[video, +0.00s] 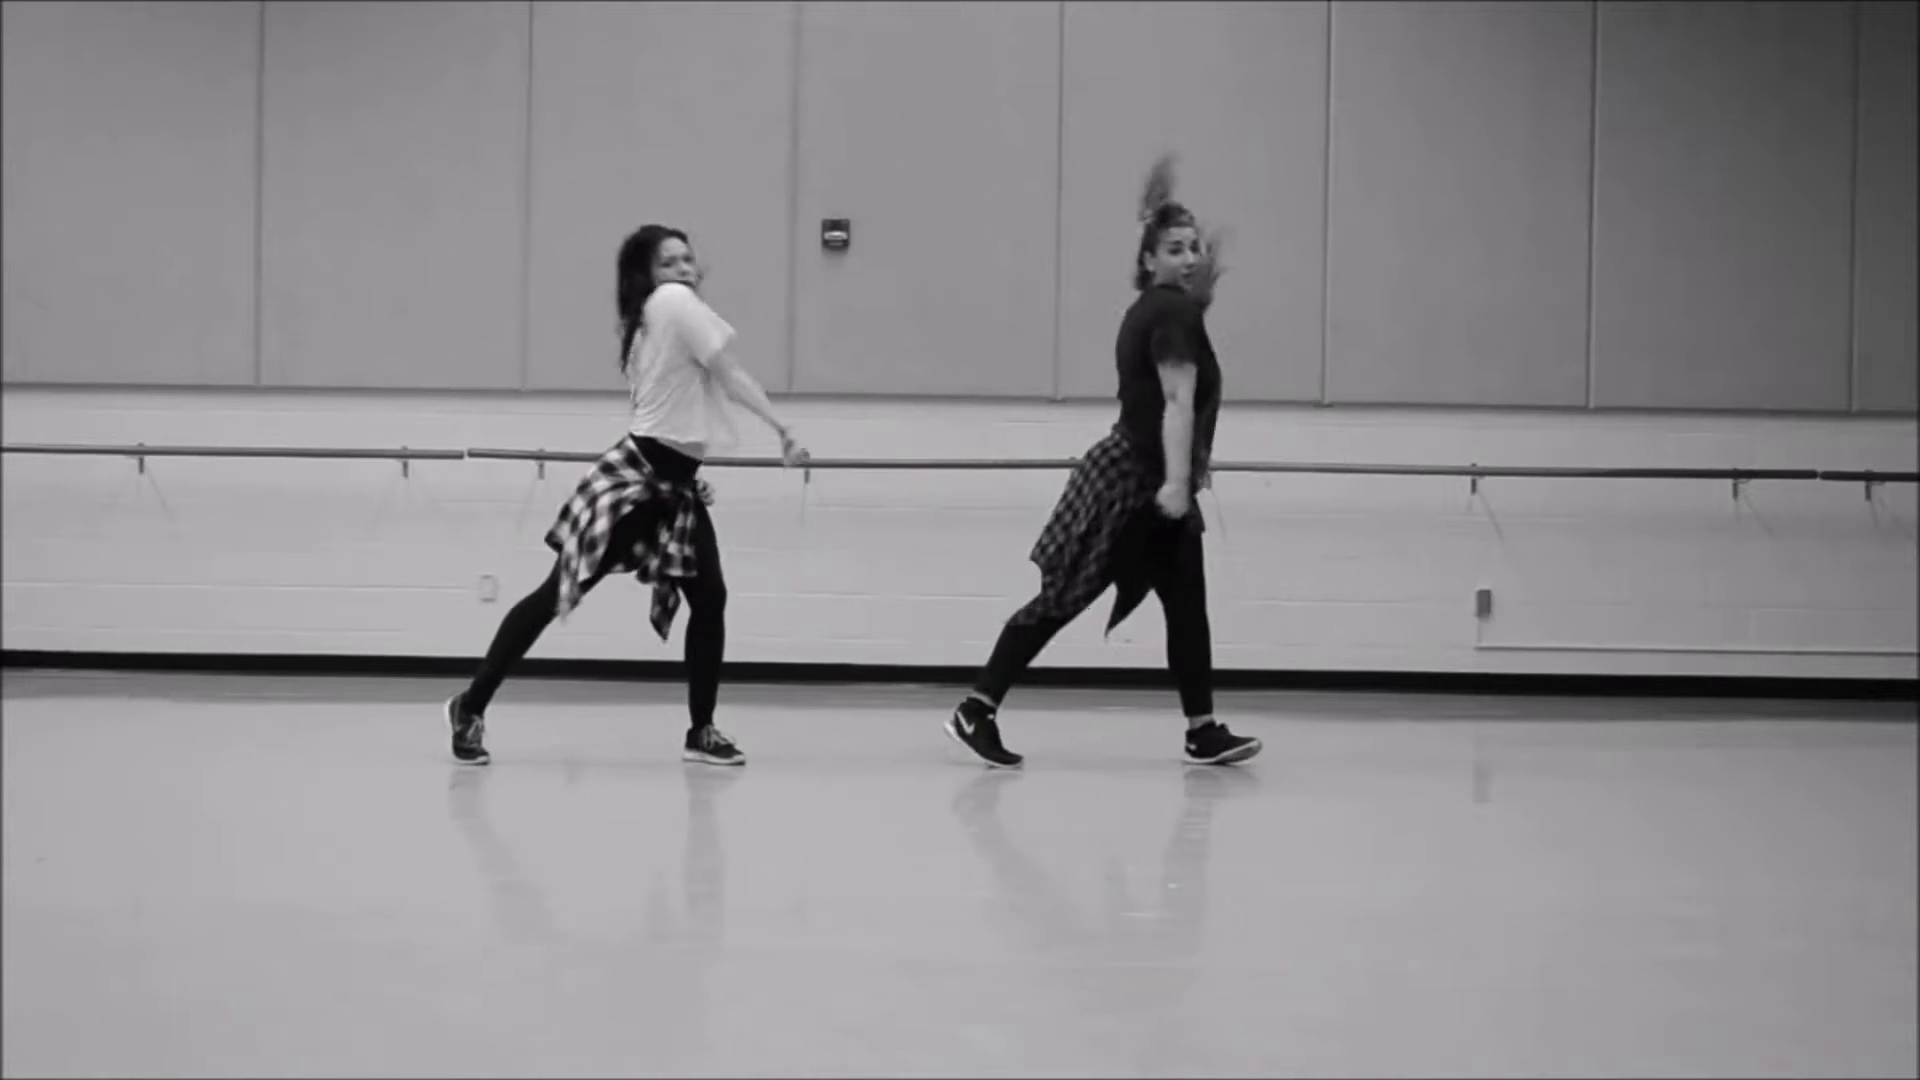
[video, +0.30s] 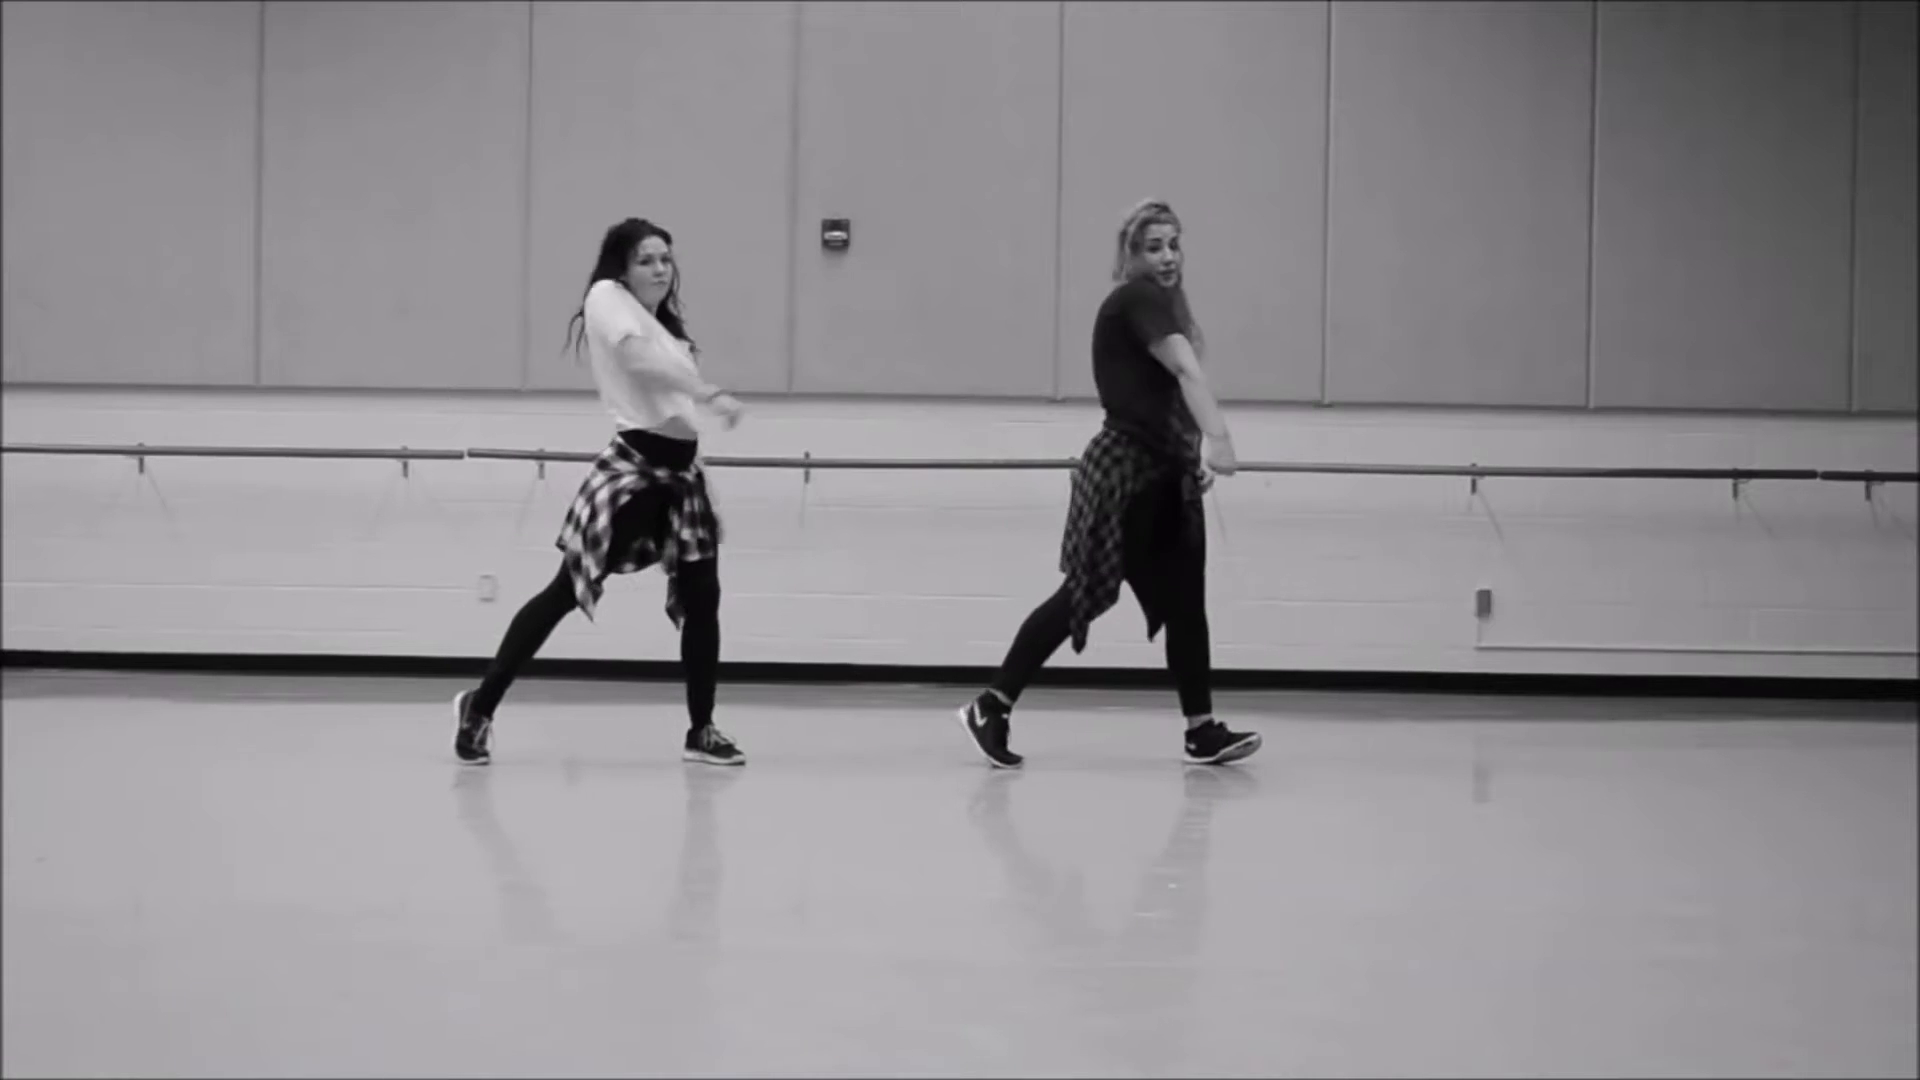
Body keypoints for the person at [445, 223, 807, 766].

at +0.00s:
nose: (686, 267)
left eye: (689, 259)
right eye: (673, 262)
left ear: (693, 264)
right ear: (648, 272)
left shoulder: (663, 310)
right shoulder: (674, 300)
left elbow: (658, 399)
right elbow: (727, 373)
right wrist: (783, 430)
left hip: (677, 485)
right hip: (643, 477)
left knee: (709, 599)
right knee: (559, 592)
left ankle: (702, 729)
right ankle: (470, 705)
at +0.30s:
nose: (661, 268)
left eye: (666, 259)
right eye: (647, 260)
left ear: (673, 268)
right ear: (621, 266)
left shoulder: (667, 327)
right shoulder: (606, 297)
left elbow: (678, 392)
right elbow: (637, 352)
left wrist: (711, 406)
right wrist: (704, 392)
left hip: (682, 475)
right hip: (631, 472)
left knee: (702, 598)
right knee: (566, 592)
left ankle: (702, 728)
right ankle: (480, 706)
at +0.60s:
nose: (655, 266)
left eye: (660, 256)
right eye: (641, 258)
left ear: (669, 265)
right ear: (616, 268)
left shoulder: (670, 335)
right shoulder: (597, 303)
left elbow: (718, 407)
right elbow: (579, 378)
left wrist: (760, 392)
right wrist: (611, 450)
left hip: (675, 479)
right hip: (623, 473)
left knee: (698, 605)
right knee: (561, 596)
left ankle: (701, 729)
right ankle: (477, 706)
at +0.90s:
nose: (630, 274)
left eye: (637, 264)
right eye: (617, 266)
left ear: (650, 273)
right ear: (597, 277)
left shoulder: (664, 338)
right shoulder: (581, 332)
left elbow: (695, 370)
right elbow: (560, 397)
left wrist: (613, 383)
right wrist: (541, 460)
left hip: (639, 482)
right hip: (574, 480)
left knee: (682, 609)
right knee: (524, 606)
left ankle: (749, 711)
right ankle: (482, 727)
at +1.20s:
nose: (624, 273)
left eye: (632, 263)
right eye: (611, 265)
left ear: (645, 271)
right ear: (592, 275)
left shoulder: (656, 331)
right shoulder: (569, 319)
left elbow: (712, 409)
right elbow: (530, 397)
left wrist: (693, 374)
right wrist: (549, 470)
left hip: (653, 482)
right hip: (583, 485)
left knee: (720, 583)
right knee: (539, 616)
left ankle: (738, 720)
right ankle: (485, 727)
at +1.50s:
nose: (643, 275)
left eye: (652, 267)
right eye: (630, 268)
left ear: (664, 277)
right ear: (610, 279)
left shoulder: (679, 347)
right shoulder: (584, 335)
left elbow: (707, 415)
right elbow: (541, 406)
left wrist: (726, 459)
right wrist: (577, 470)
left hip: (672, 492)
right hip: (602, 488)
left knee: (728, 596)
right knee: (549, 611)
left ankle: (690, 724)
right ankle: (484, 724)